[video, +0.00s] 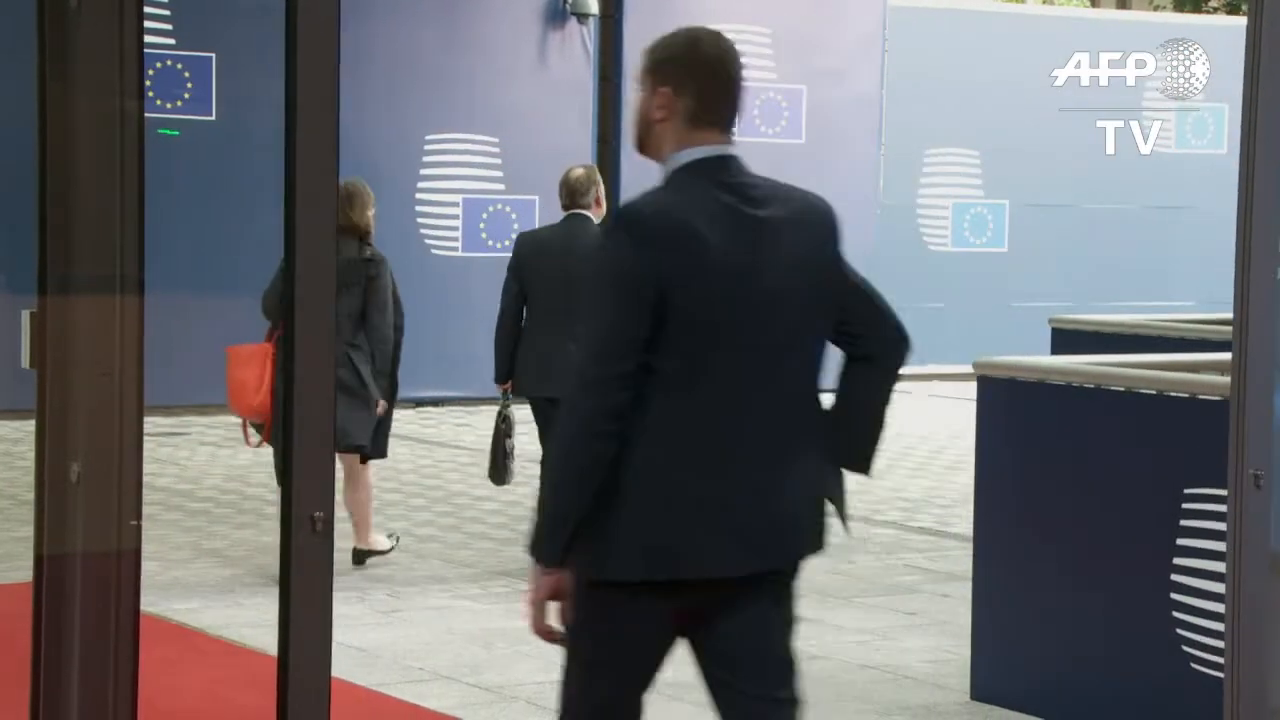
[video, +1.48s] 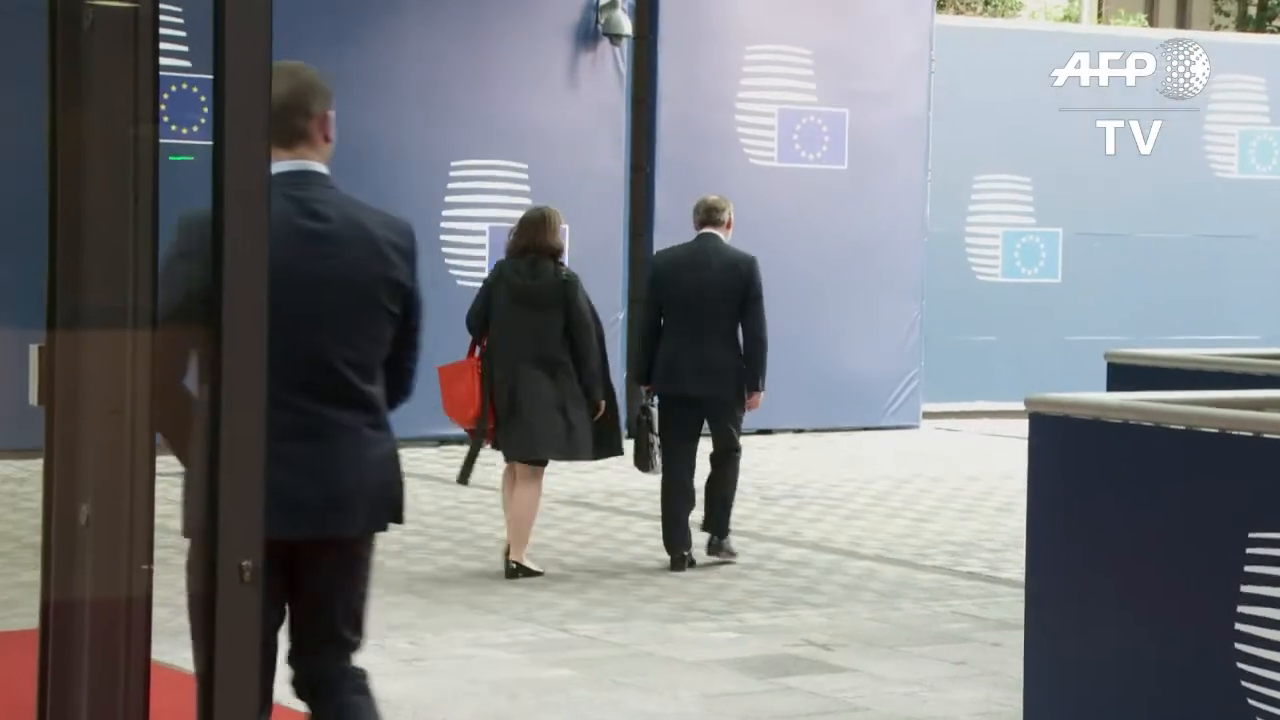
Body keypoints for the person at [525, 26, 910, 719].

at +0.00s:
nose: (634, 107)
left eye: (639, 93)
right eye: (639, 92)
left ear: (662, 102)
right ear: (732, 107)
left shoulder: (640, 227)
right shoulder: (803, 221)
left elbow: (596, 400)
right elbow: (881, 340)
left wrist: (551, 549)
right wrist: (831, 454)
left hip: (635, 553)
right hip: (757, 552)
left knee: (594, 709)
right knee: (765, 708)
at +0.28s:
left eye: (558, 90)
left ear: (559, 98)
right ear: (647, 93)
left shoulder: (536, 208)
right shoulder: (713, 205)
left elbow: (481, 365)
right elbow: (776, 340)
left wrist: (436, 503)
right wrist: (729, 447)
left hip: (565, 508)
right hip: (676, 500)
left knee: (567, 704)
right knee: (622, 683)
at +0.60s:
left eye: (504, 109)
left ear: (505, 117)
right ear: (591, 115)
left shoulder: (478, 216)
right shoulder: (647, 230)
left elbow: (417, 356)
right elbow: (668, 380)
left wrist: (384, 472)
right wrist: (618, 455)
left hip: (497, 500)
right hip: (597, 497)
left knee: (517, 698)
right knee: (542, 692)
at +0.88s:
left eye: (455, 104)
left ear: (456, 109)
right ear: (538, 108)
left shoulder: (433, 195)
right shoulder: (592, 218)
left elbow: (370, 342)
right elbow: (594, 361)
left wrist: (376, 429)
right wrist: (539, 411)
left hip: (428, 481)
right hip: (537, 484)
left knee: (363, 652)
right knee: (512, 687)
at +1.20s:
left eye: (356, 139)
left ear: (358, 146)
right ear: (436, 143)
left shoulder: (319, 240)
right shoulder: (493, 254)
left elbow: (270, 379)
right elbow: (505, 393)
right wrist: (441, 439)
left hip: (339, 509)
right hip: (450, 511)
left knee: (306, 699)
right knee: (454, 698)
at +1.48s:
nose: (332, 130)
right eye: (332, 122)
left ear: (249, 129)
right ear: (324, 126)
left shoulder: (209, 230)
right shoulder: (387, 235)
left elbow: (158, 372)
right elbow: (398, 379)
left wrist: (207, 452)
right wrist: (332, 417)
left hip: (239, 491)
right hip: (349, 491)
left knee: (236, 692)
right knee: (331, 666)